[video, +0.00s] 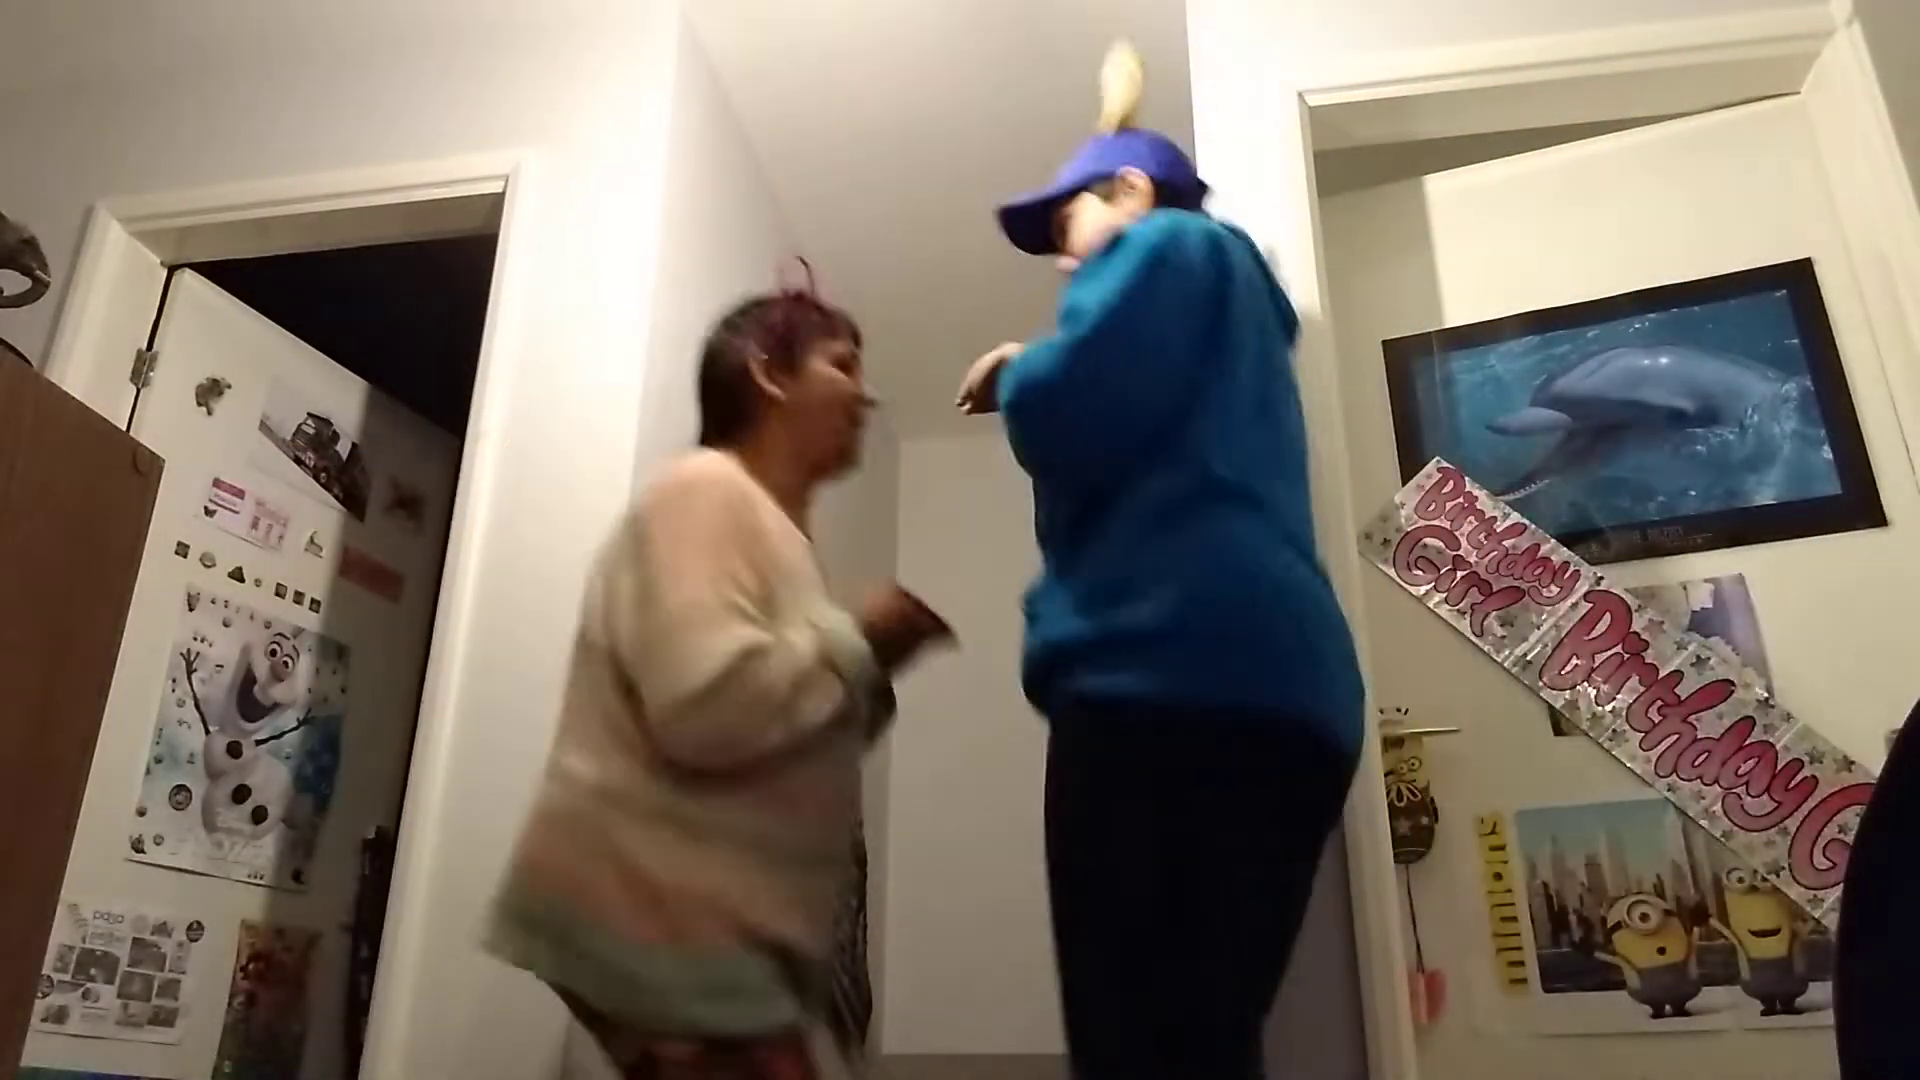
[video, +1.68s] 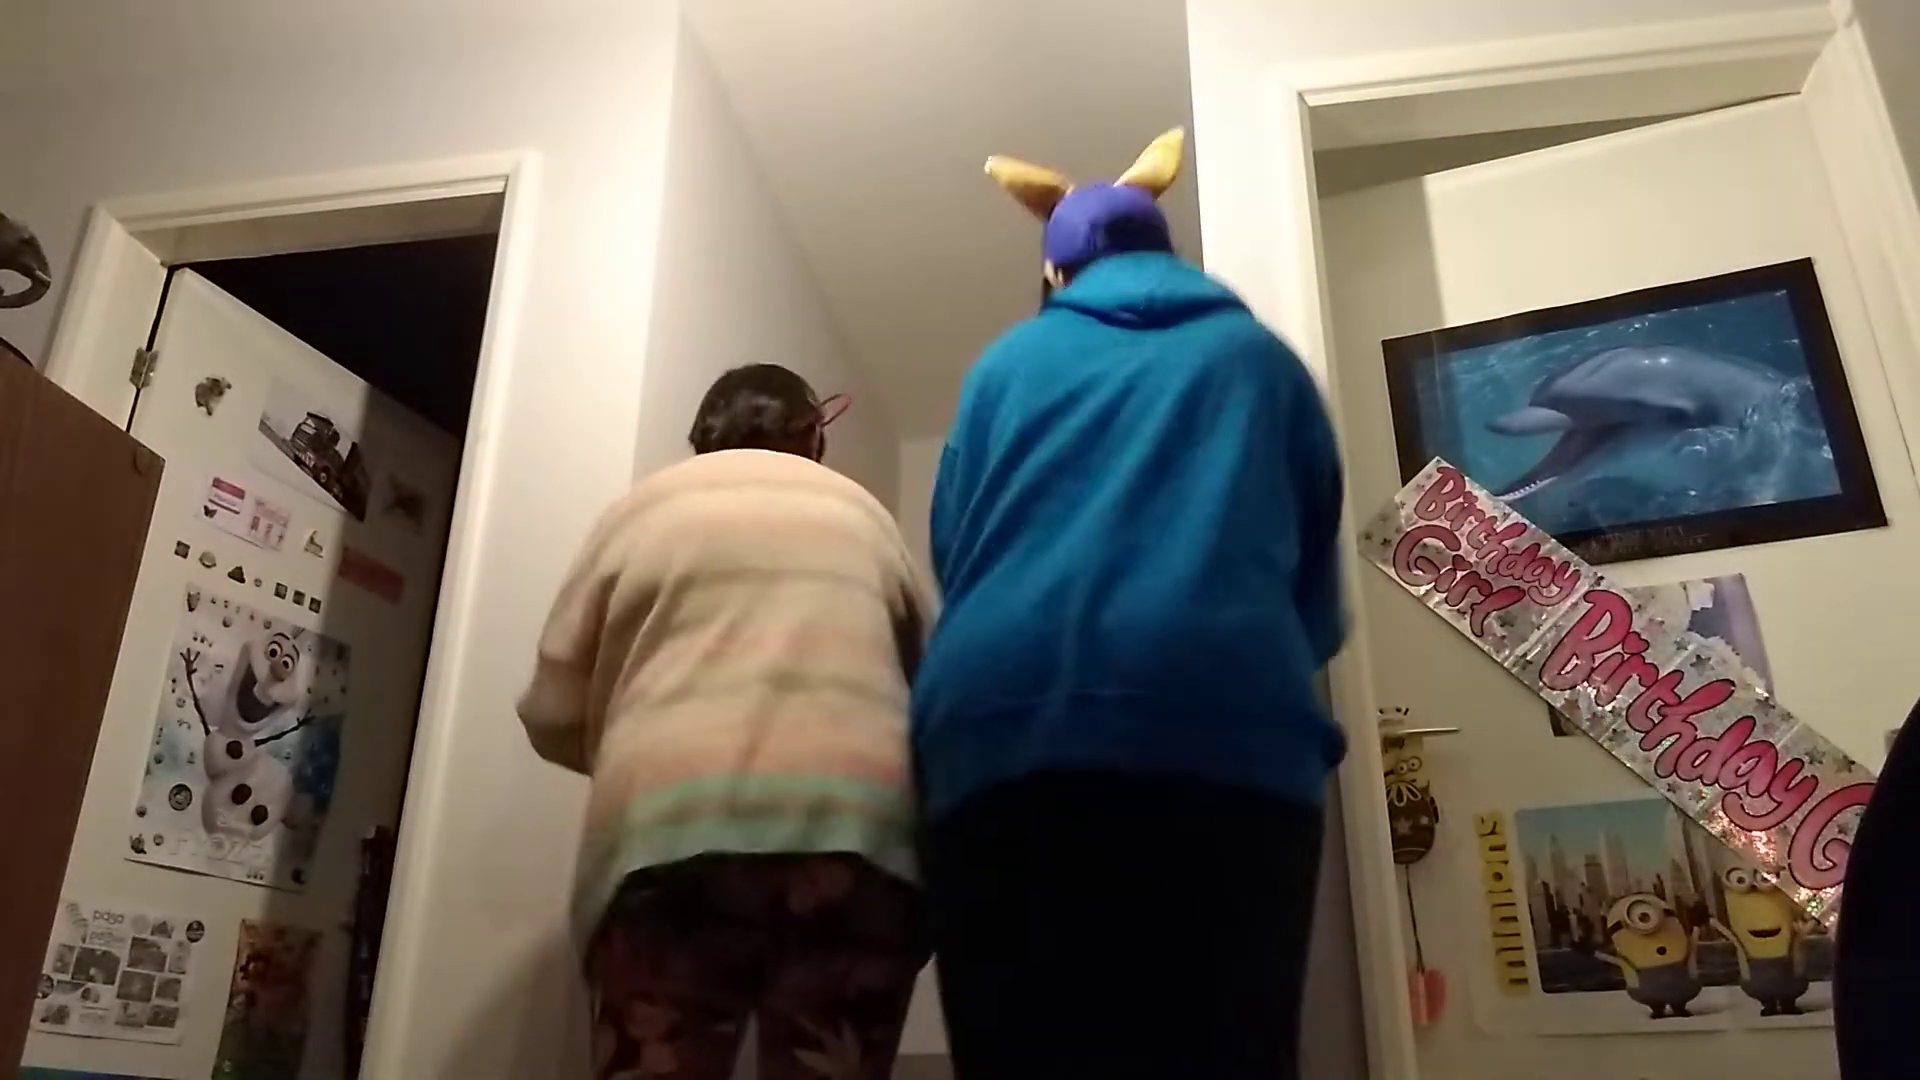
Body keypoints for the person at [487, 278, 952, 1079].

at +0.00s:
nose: (865, 395)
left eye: (859, 372)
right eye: (844, 366)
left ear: (774, 378)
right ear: (770, 374)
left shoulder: (770, 528)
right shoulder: (703, 494)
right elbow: (701, 706)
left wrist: (879, 659)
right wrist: (858, 643)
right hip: (669, 942)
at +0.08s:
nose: (888, 391)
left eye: (882, 366)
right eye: (870, 362)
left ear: (800, 373)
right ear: (798, 368)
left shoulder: (771, 499)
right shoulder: (732, 484)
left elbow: (762, 693)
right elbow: (742, 696)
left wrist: (890, 643)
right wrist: (893, 632)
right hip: (708, 939)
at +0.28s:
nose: (923, 345)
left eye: (917, 321)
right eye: (911, 318)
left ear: (844, 320)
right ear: (855, 316)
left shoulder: (761, 432)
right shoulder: (811, 427)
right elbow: (858, 652)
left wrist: (962, 581)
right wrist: (969, 578)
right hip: (738, 878)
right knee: (781, 1062)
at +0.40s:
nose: (936, 362)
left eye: (933, 337)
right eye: (929, 334)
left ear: (807, 334)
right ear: (883, 322)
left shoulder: (738, 442)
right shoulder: (844, 432)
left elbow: (654, 668)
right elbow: (892, 664)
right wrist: (974, 597)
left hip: (644, 845)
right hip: (752, 867)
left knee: (686, 1063)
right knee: (782, 1061)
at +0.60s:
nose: (921, 381)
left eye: (923, 356)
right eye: (920, 352)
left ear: (794, 339)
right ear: (887, 333)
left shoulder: (707, 445)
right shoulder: (876, 445)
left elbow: (660, 643)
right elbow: (935, 667)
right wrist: (984, 615)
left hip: (631, 826)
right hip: (793, 848)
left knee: (665, 1063)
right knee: (800, 1062)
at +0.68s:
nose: (902, 390)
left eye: (905, 365)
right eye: (903, 362)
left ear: (779, 346)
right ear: (874, 344)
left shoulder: (679, 454)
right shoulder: (883, 456)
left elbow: (620, 650)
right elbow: (941, 673)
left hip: (632, 831)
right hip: (808, 849)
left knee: (655, 1063)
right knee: (810, 1061)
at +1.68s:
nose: (822, 445)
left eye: (818, 435)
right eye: (821, 435)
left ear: (698, 440)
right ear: (811, 439)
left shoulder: (637, 505)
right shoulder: (867, 512)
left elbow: (551, 712)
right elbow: (925, 662)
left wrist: (651, 760)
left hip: (664, 837)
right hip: (858, 839)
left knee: (655, 1063)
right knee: (833, 1064)